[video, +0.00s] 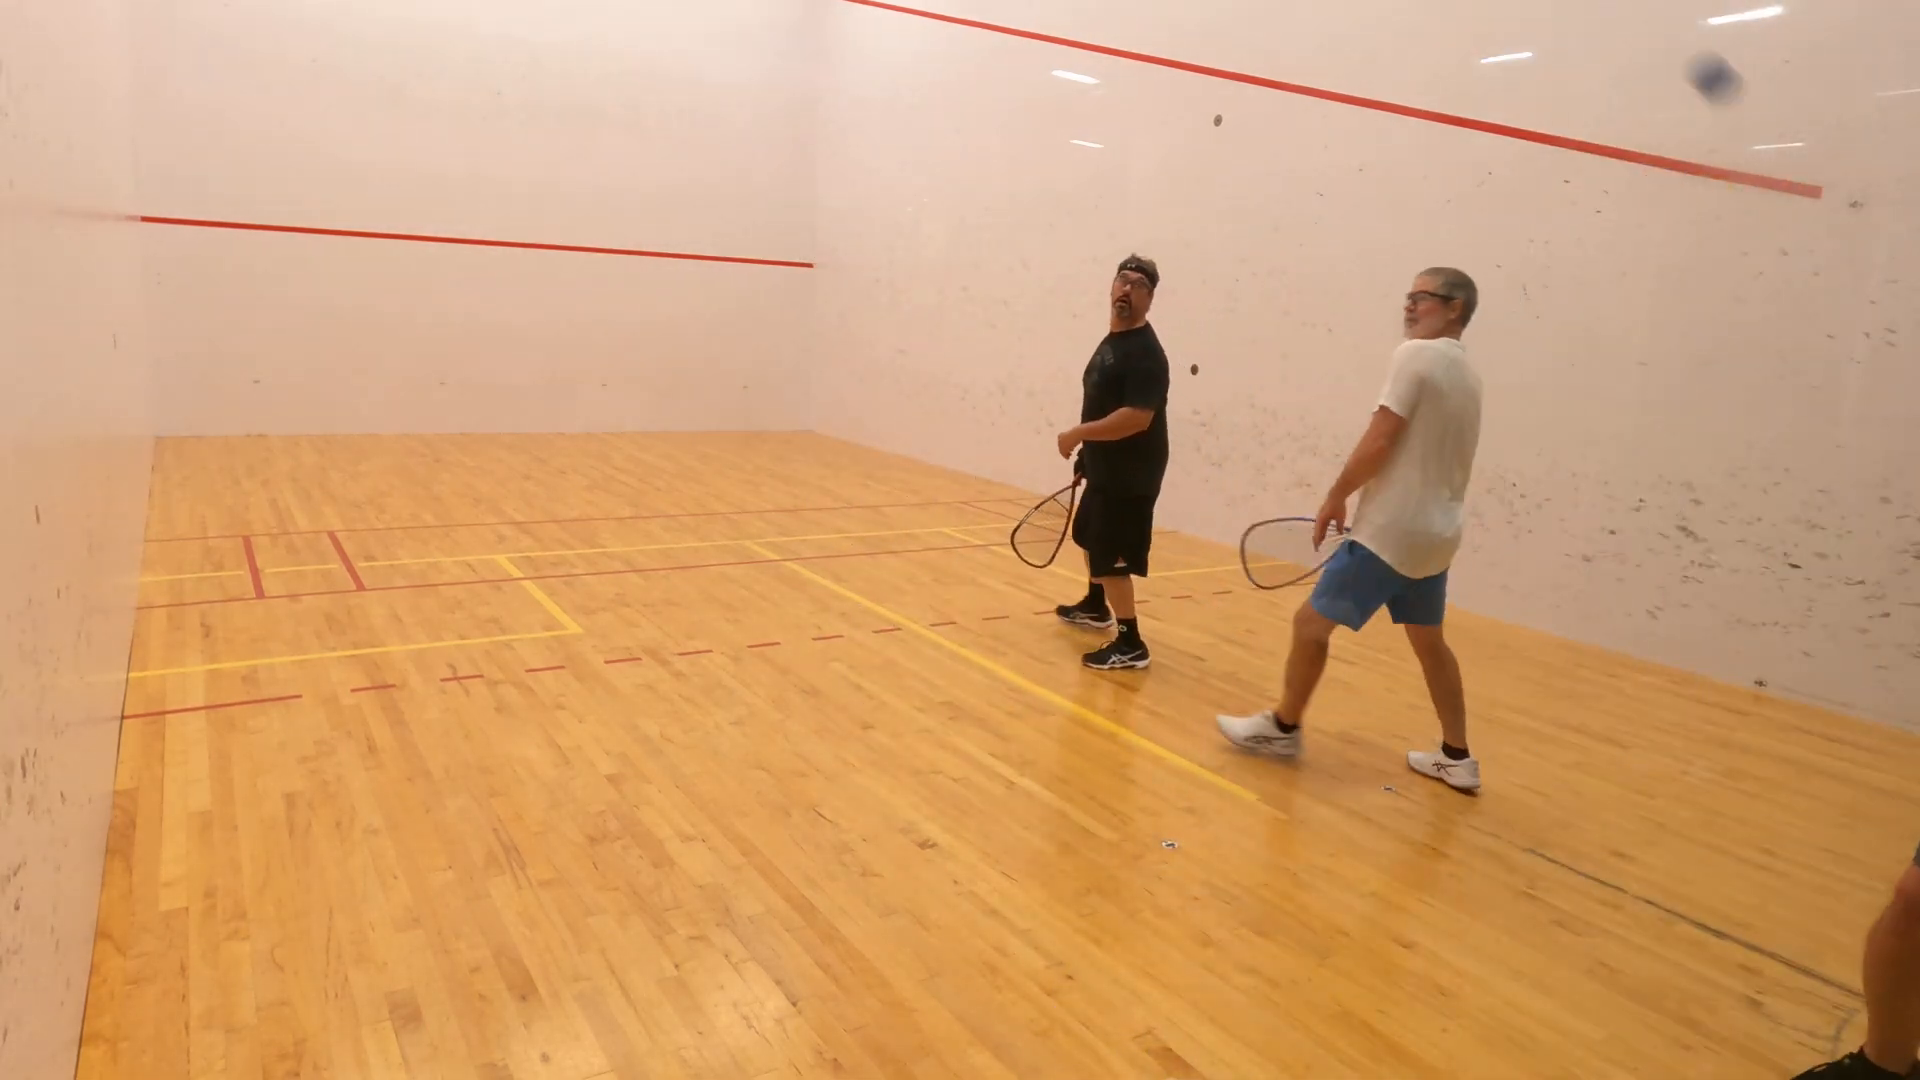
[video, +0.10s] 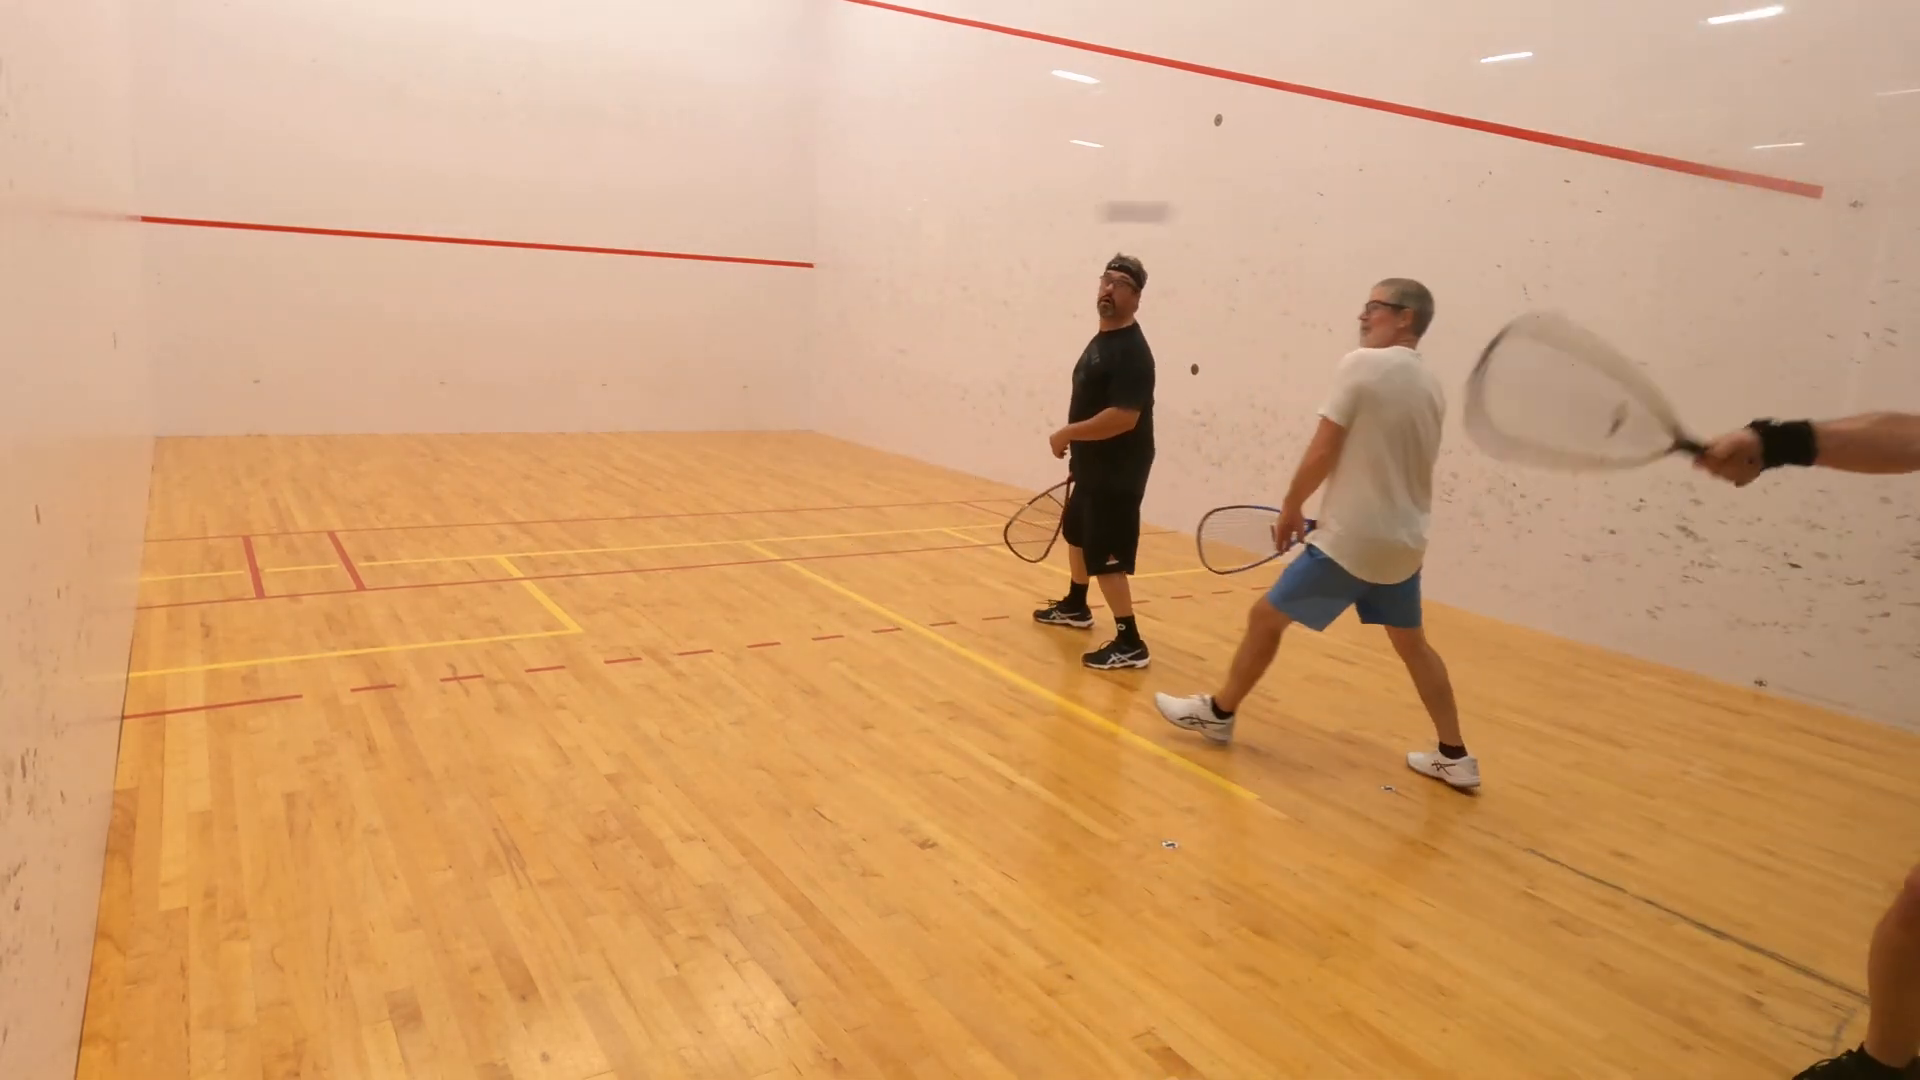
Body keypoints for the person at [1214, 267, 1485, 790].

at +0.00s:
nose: (1407, 307)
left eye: (1418, 299)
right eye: (1408, 298)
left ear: (1453, 309)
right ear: (1453, 312)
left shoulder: (1417, 356)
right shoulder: (1466, 371)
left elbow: (1380, 440)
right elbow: (1434, 460)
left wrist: (1335, 496)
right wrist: (1364, 508)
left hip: (1391, 530)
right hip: (1436, 534)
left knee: (1311, 622)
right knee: (1428, 639)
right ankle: (1457, 756)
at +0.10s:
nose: (1362, 317)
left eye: (1373, 308)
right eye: (1365, 308)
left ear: (1405, 318)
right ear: (1408, 321)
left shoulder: (1362, 366)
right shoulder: (1431, 386)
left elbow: (1323, 451)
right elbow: (1402, 474)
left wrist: (1291, 506)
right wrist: (1333, 517)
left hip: (1350, 538)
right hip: (1403, 544)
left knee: (1267, 616)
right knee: (1412, 643)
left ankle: (1219, 711)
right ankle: (1455, 754)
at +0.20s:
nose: (1312, 318)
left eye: (1321, 309)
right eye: (1316, 308)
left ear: (1350, 316)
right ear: (1358, 320)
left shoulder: (1306, 364)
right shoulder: (1383, 385)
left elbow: (1267, 447)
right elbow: (1381, 471)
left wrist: (1240, 504)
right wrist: (1307, 500)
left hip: (1296, 531)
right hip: (1357, 538)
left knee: (1221, 608)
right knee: (1386, 635)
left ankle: (1202, 714)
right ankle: (1443, 741)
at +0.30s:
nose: (1259, 303)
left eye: (1266, 295)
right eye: (1263, 294)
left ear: (1288, 302)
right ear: (1303, 307)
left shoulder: (1250, 348)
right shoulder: (1329, 368)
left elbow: (1211, 427)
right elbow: (1341, 451)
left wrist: (1188, 482)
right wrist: (1289, 477)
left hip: (1245, 517)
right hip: (1305, 523)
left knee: (1196, 604)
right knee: (1323, 615)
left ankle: (1201, 715)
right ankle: (1377, 719)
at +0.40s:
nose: (1213, 291)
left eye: (1219, 283)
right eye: (1217, 282)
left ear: (1236, 289)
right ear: (1262, 295)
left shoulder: (1205, 333)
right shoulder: (1284, 352)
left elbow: (1168, 408)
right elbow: (1305, 432)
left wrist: (1146, 464)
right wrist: (1261, 461)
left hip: (1207, 499)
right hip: (1264, 502)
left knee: (1175, 600)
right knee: (1252, 598)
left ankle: (1193, 712)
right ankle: (1274, 712)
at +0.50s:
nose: (1171, 301)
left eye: (1176, 293)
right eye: (1174, 293)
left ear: (1191, 300)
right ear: (1219, 306)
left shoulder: (1160, 344)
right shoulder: (1242, 360)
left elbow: (1119, 421)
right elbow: (1271, 440)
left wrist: (1106, 479)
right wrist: (1226, 472)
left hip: (1172, 506)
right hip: (1224, 509)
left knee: (1118, 599)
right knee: (1181, 590)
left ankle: (1175, 706)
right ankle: (1168, 688)